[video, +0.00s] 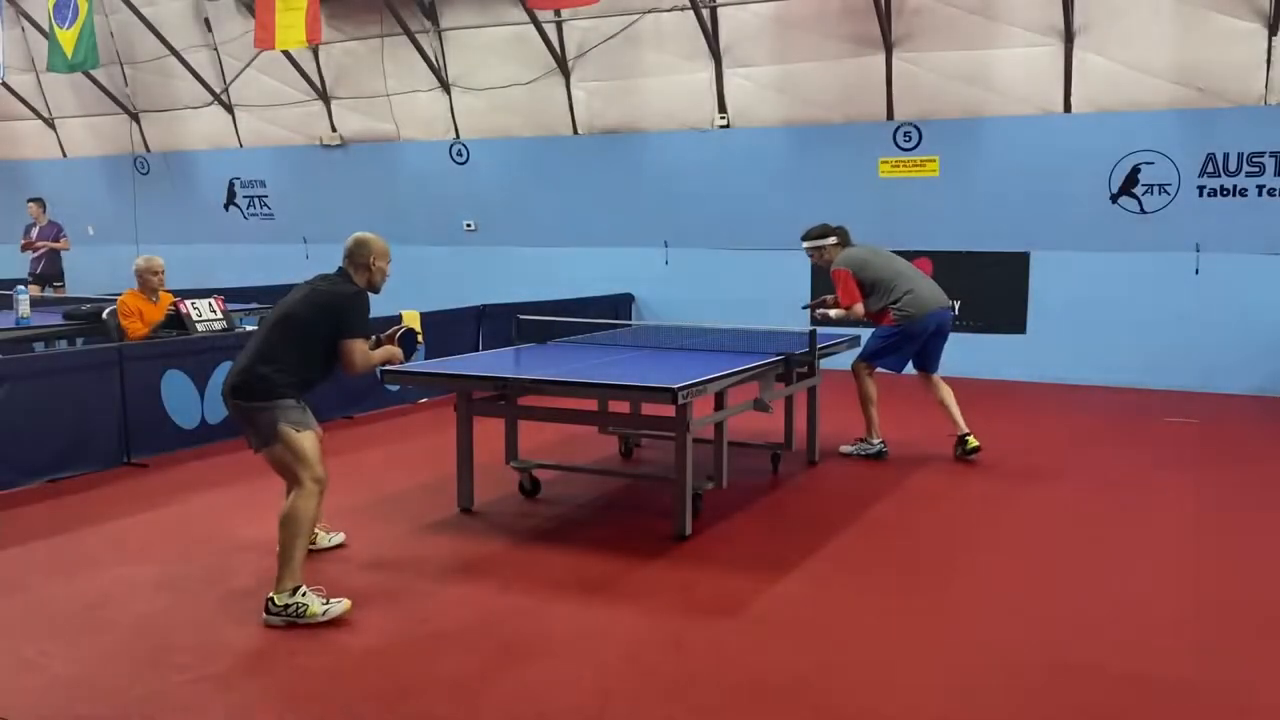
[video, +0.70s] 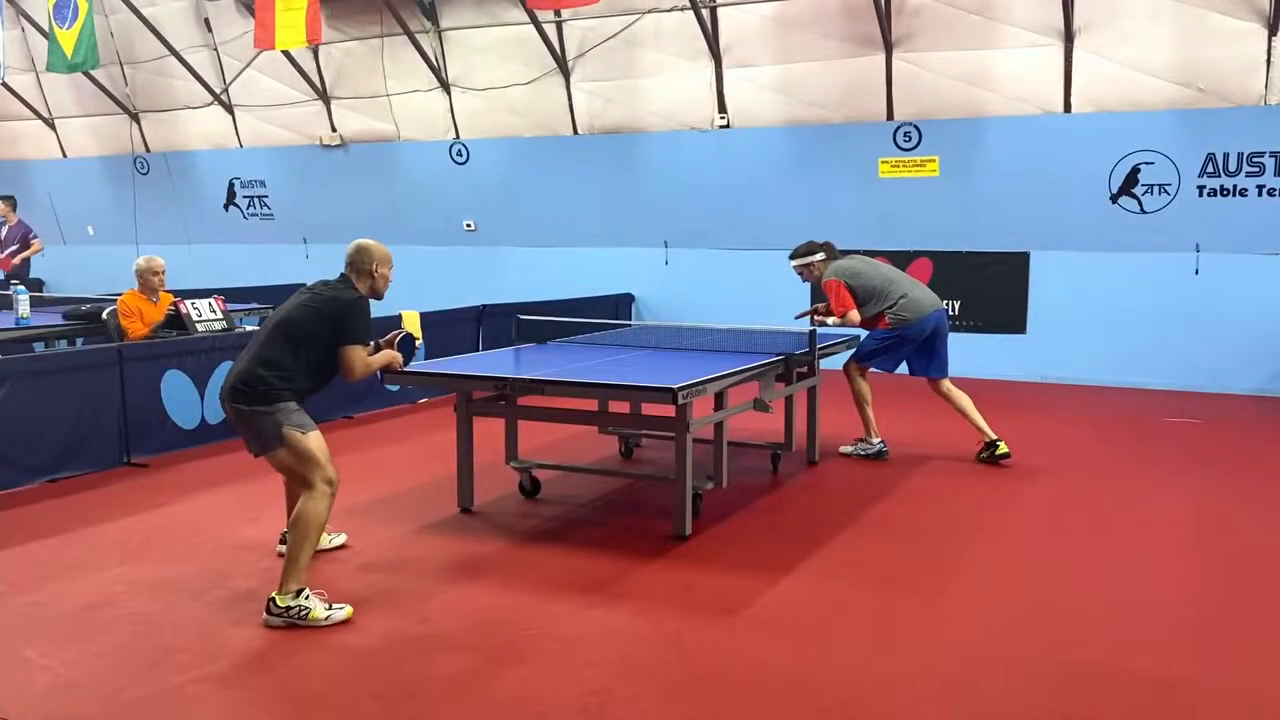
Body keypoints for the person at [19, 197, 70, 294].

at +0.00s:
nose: (29, 211)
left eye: (31, 207)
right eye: (28, 208)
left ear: (41, 209)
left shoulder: (56, 227)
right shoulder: (29, 228)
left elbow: (66, 245)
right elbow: (23, 246)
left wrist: (45, 244)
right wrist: (27, 245)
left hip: (54, 272)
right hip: (35, 272)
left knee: (61, 304)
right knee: (33, 304)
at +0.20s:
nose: (19, 208)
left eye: (22, 205)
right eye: (19, 206)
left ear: (31, 207)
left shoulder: (46, 225)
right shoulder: (19, 226)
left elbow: (59, 243)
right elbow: (14, 244)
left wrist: (37, 244)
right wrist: (16, 245)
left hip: (44, 272)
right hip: (28, 272)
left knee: (48, 304)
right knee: (32, 305)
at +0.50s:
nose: (6, 210)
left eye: (8, 207)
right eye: (6, 207)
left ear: (18, 208)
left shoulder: (34, 227)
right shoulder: (8, 227)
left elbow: (51, 243)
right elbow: (4, 243)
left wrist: (29, 246)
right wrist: (6, 246)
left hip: (31, 273)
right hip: (16, 273)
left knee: (31, 304)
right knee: (18, 304)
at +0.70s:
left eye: (1, 205)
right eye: (0, 205)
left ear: (9, 207)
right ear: (8, 208)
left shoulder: (23, 228)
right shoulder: (2, 226)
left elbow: (37, 246)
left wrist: (19, 257)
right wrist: (3, 256)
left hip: (20, 274)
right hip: (5, 272)